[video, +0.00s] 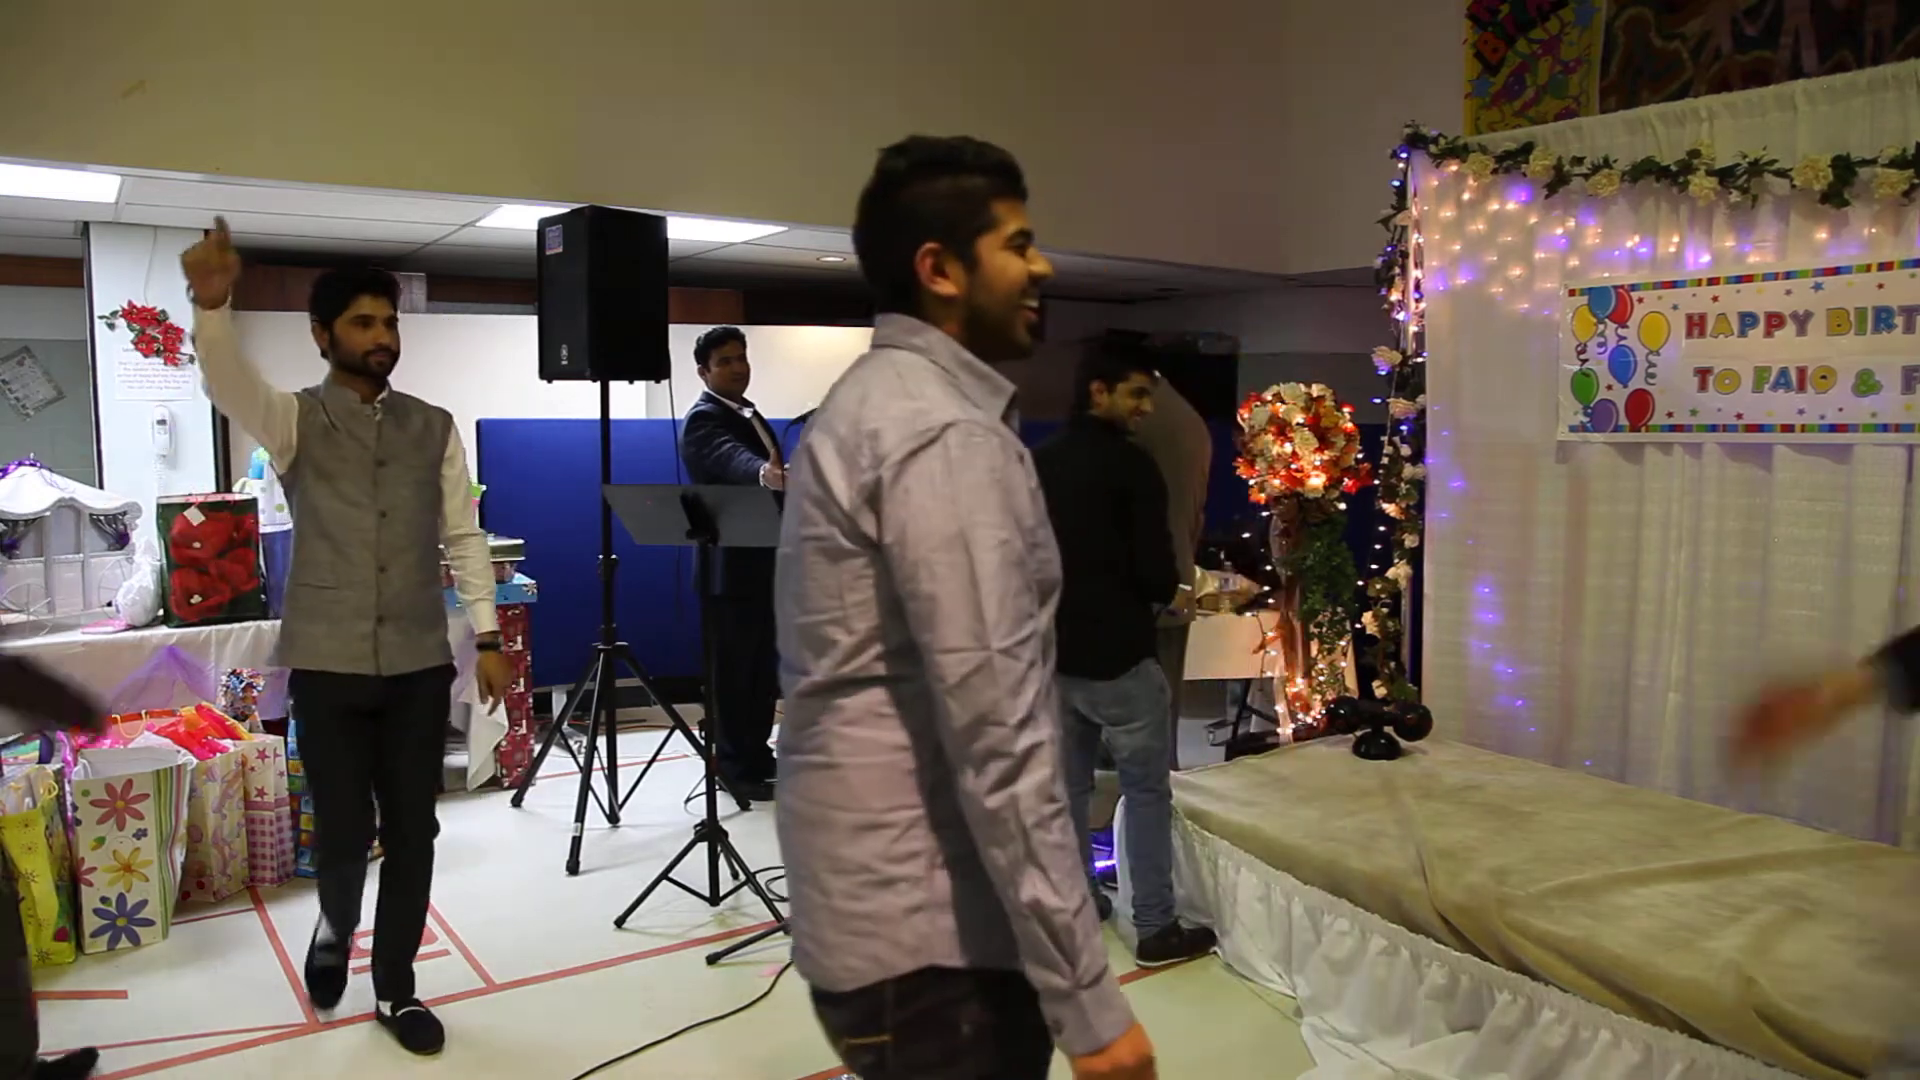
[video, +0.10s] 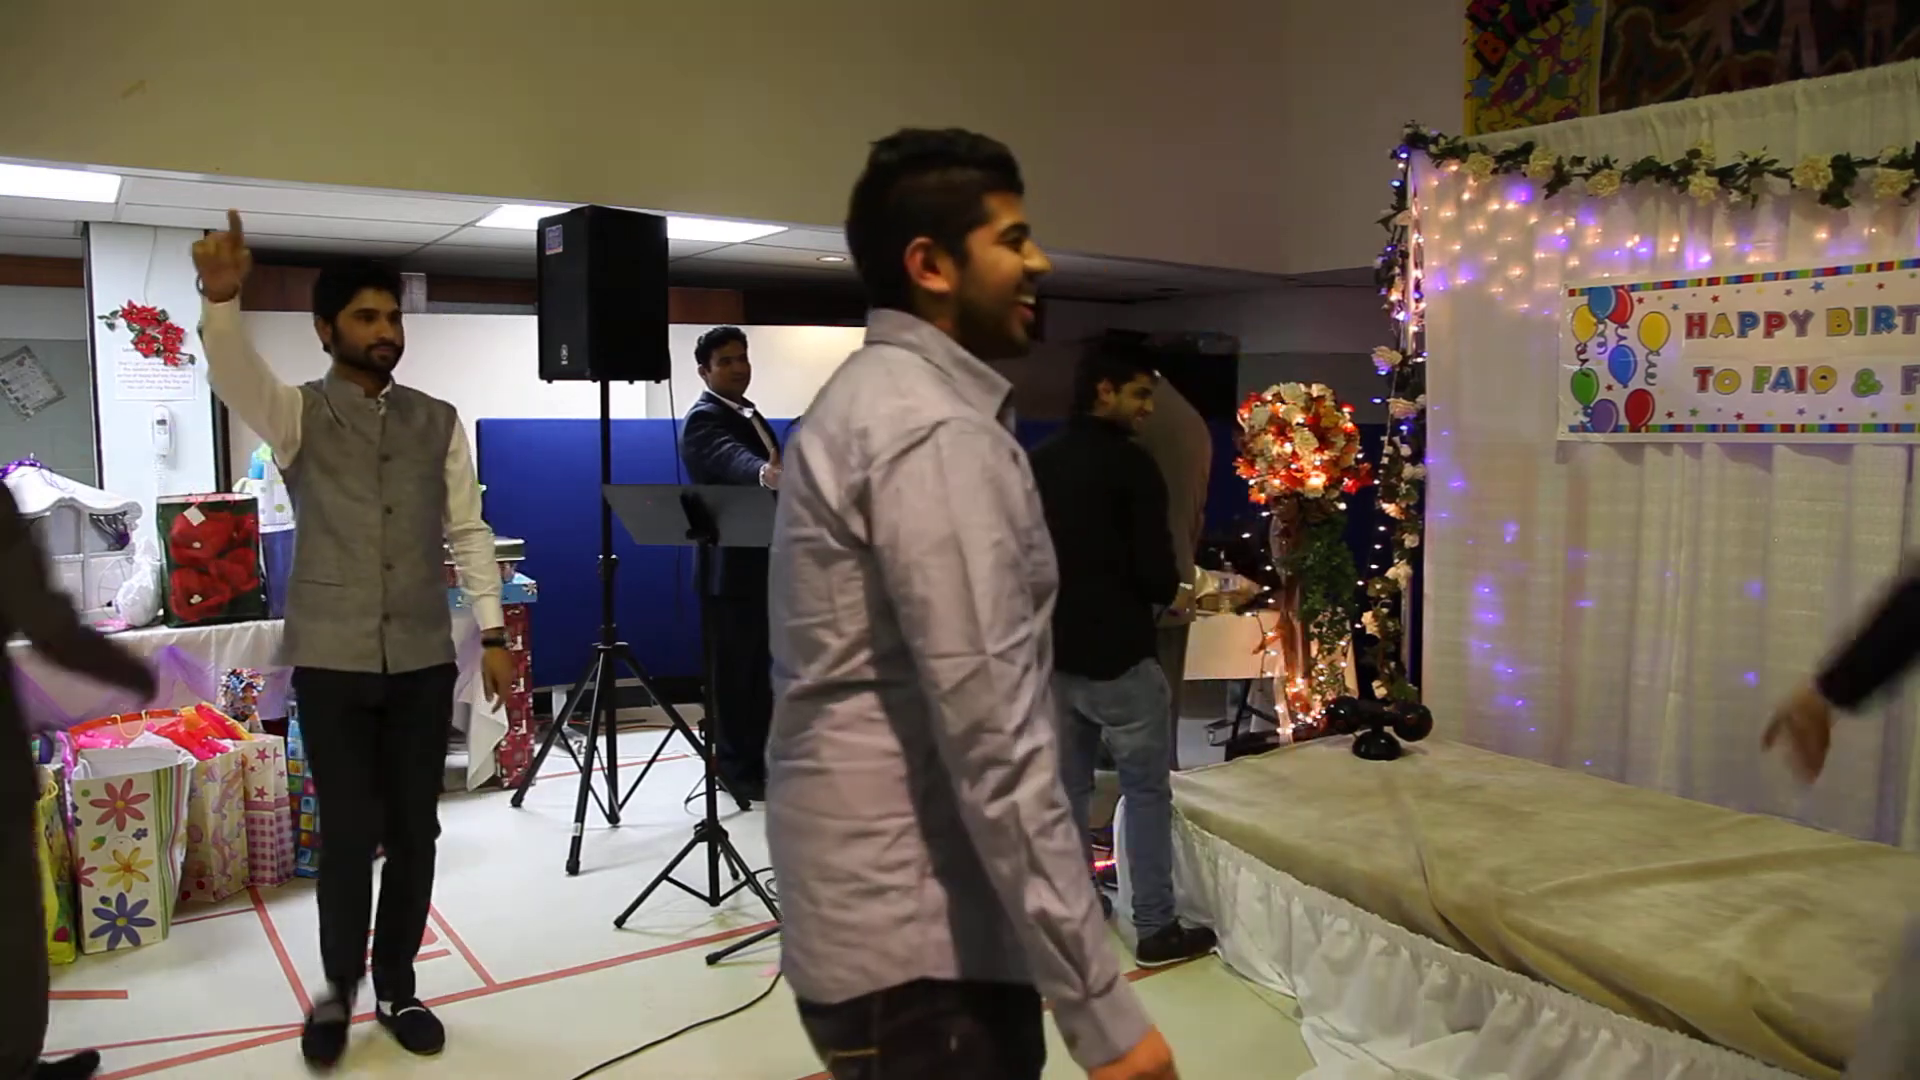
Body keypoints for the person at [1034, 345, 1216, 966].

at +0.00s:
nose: (1146, 407)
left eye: (1149, 395)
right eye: (1137, 395)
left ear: (1094, 398)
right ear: (1099, 392)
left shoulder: (1047, 458)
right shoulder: (1133, 463)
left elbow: (1038, 548)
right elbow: (1158, 572)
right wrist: (1155, 596)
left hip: (1059, 652)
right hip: (1120, 658)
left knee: (1067, 793)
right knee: (1145, 790)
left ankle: (1076, 908)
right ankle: (1155, 928)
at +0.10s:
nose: (1149, 408)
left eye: (1151, 396)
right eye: (1141, 395)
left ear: (1096, 394)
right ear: (1105, 391)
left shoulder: (1046, 457)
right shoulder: (1132, 462)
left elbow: (1038, 551)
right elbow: (1158, 573)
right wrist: (1159, 597)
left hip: (1059, 652)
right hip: (1120, 658)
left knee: (1066, 797)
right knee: (1146, 791)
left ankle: (1070, 925)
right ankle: (1155, 930)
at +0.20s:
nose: (1142, 402)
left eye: (1140, 390)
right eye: (1138, 390)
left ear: (1081, 392)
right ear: (1121, 393)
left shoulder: (1043, 459)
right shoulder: (1132, 463)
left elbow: (1037, 552)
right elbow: (1158, 576)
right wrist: (1166, 595)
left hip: (1057, 658)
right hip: (1120, 662)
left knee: (1066, 802)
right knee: (1147, 791)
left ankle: (1071, 932)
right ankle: (1156, 930)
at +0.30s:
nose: (1138, 400)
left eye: (1134, 388)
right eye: (1136, 390)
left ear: (1075, 392)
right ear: (1124, 396)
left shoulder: (1038, 462)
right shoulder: (1135, 467)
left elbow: (1032, 555)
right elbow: (1160, 578)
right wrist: (1169, 605)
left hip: (1054, 657)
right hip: (1119, 661)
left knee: (1065, 800)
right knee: (1147, 790)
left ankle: (1063, 930)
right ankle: (1155, 927)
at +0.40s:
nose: (1138, 396)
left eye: (1133, 385)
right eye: (1135, 386)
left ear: (1072, 391)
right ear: (1123, 394)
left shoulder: (1036, 463)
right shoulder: (1136, 466)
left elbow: (1028, 555)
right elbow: (1160, 573)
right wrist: (1172, 606)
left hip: (1053, 656)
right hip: (1120, 661)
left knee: (1063, 796)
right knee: (1147, 789)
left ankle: (1059, 922)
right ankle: (1156, 924)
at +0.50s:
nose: (1137, 394)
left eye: (1133, 383)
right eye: (1134, 384)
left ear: (1069, 392)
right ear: (1122, 393)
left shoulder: (1035, 464)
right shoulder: (1138, 466)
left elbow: (1030, 556)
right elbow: (1164, 571)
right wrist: (1174, 611)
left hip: (1053, 653)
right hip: (1120, 659)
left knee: (1073, 787)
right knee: (1147, 790)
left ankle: (1070, 911)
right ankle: (1153, 922)